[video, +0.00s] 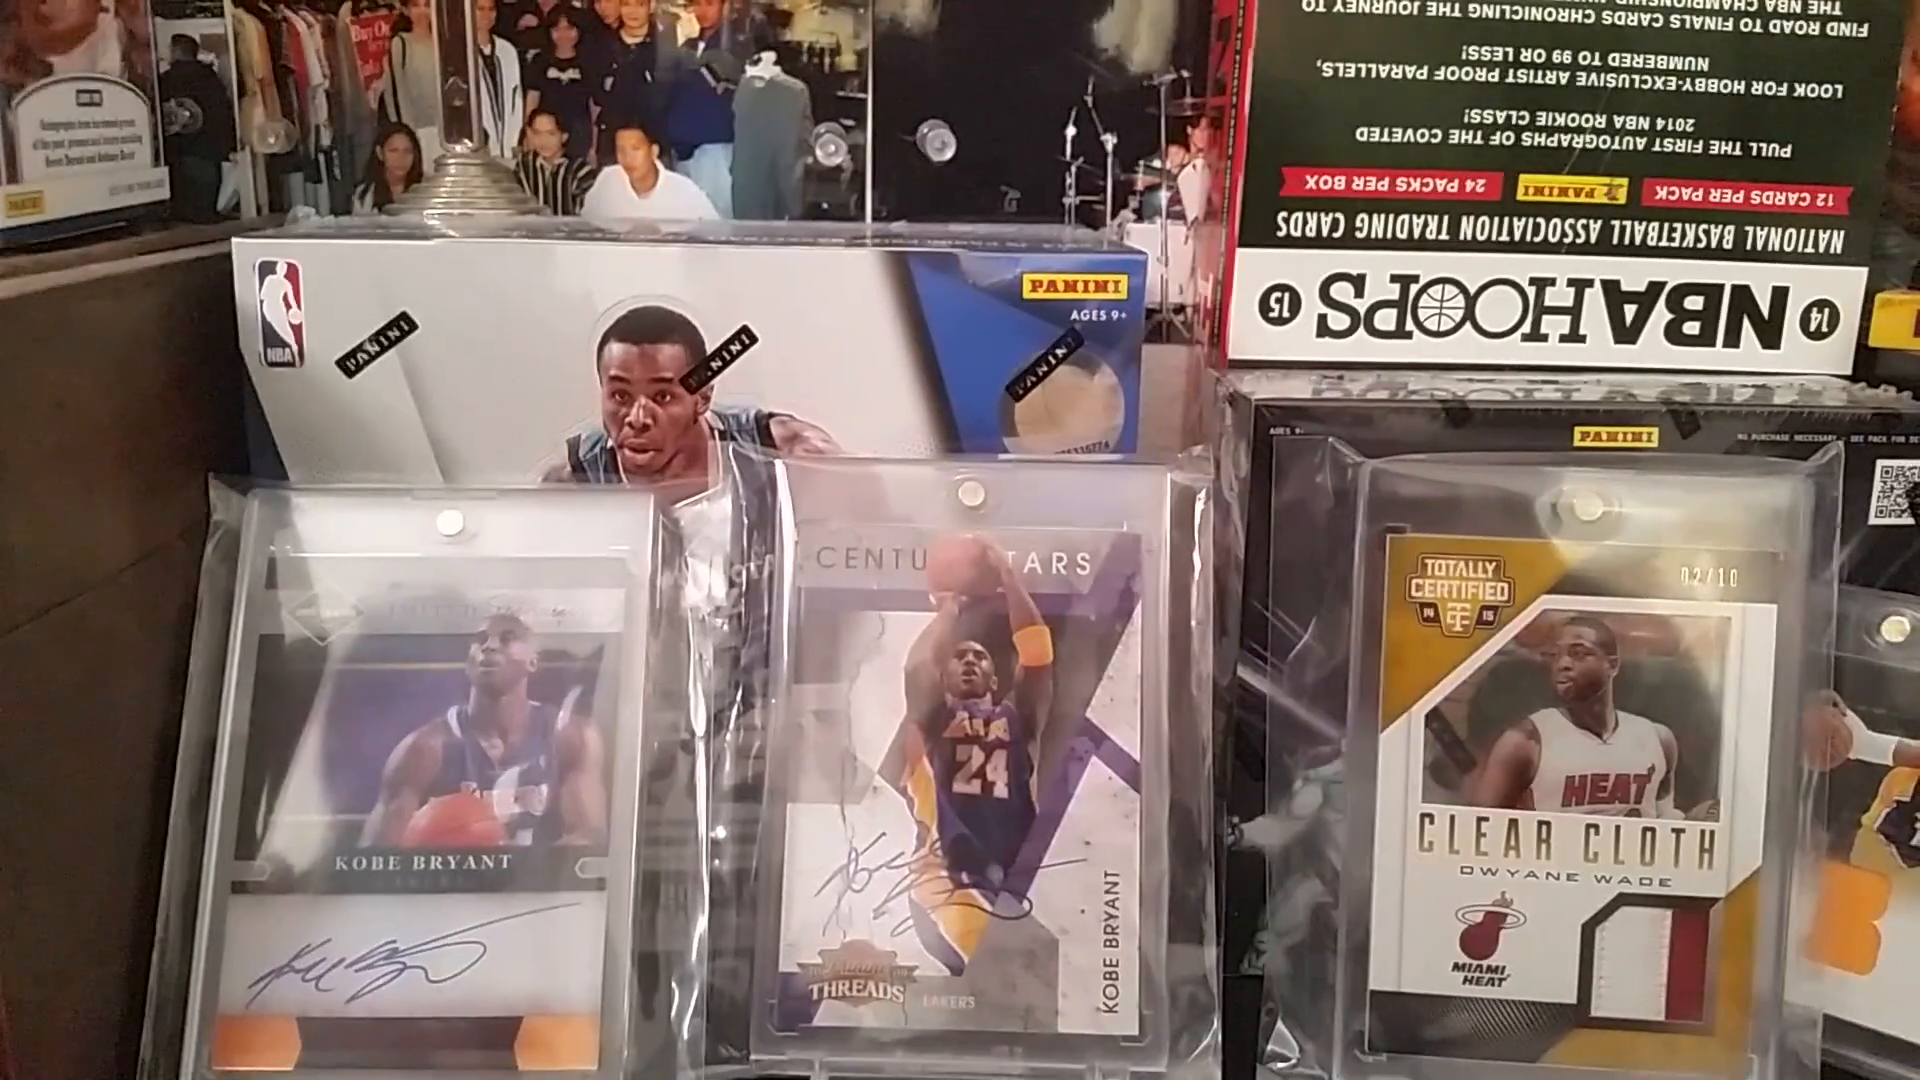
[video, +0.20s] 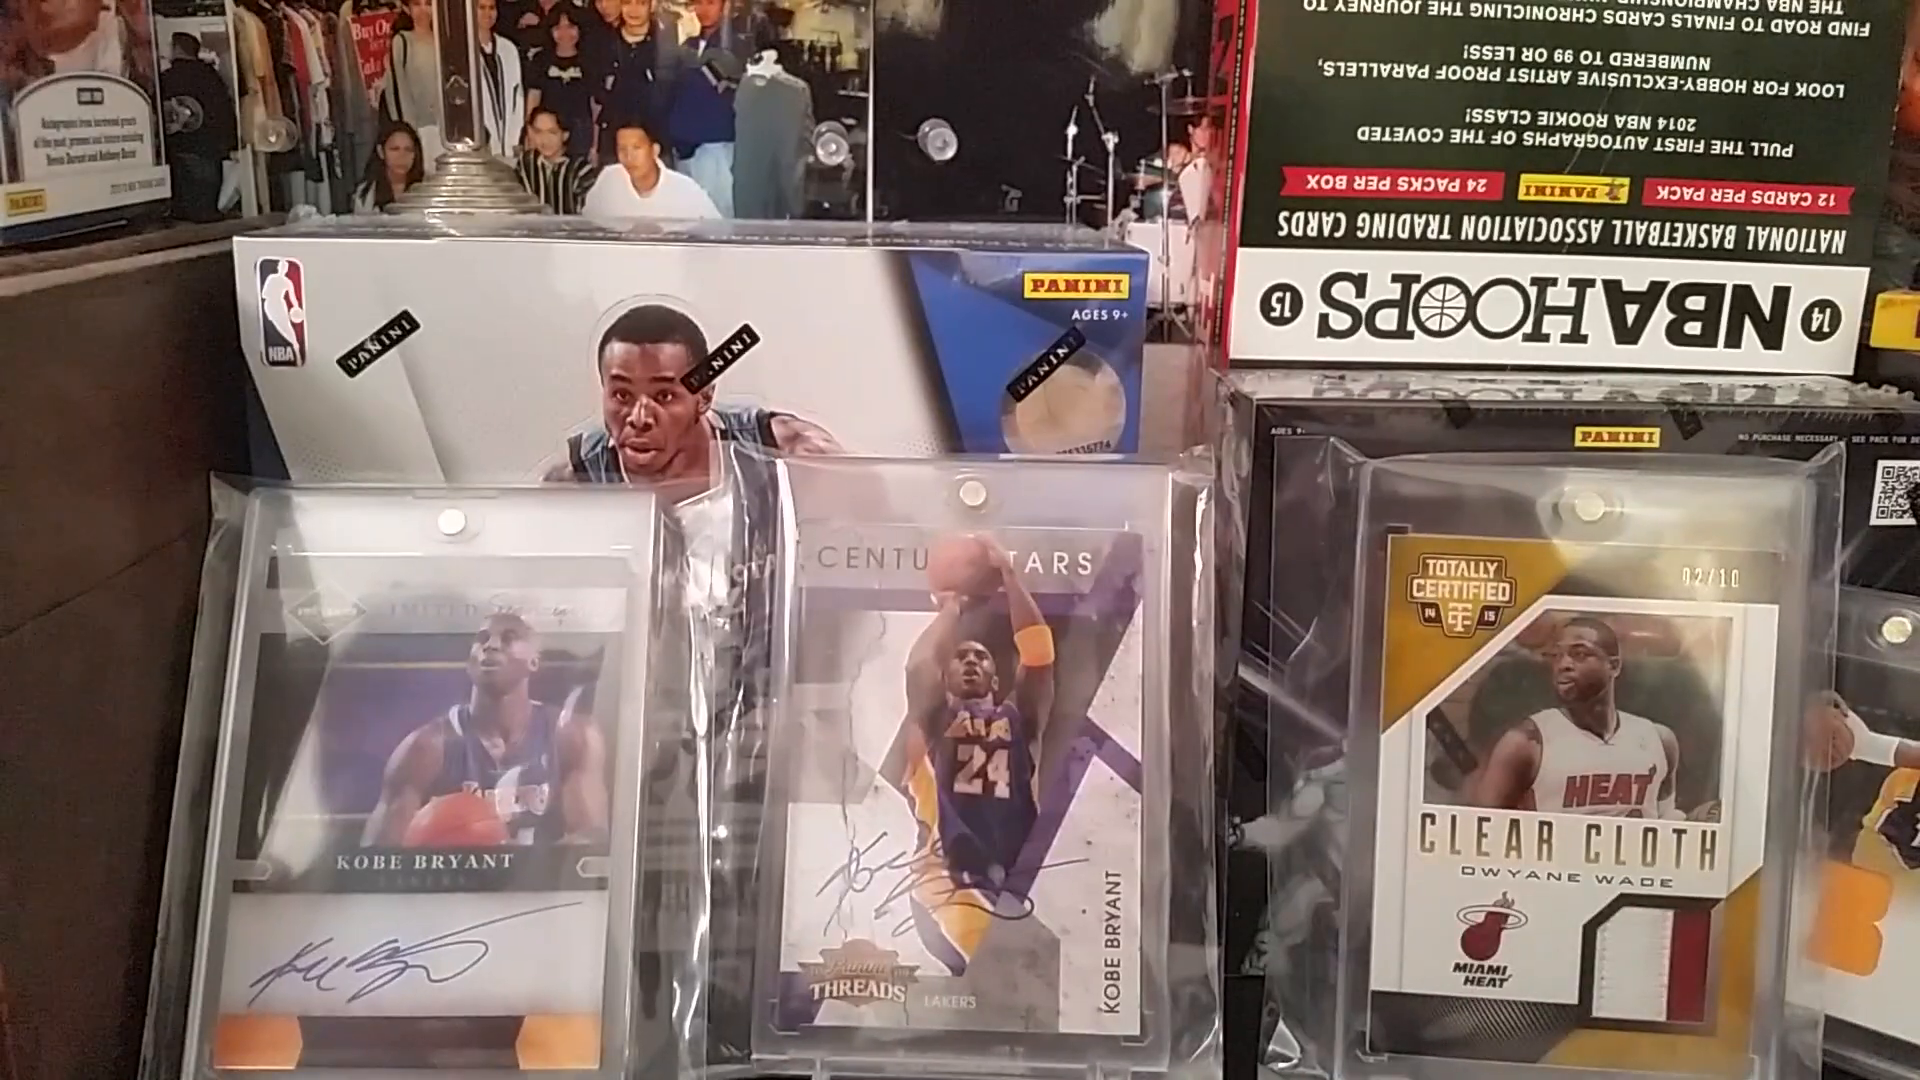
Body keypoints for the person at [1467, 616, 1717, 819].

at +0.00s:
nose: (1561, 664)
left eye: (1578, 653)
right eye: (1556, 655)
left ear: (1613, 666)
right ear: (1549, 662)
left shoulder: (1659, 742)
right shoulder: (1523, 743)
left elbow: (1664, 826)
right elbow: (1474, 837)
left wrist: (1693, 822)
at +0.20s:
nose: (1563, 665)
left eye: (1579, 654)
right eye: (1557, 655)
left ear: (1614, 667)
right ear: (1551, 663)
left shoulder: (1661, 743)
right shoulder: (1524, 744)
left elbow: (1665, 822)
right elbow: (1475, 837)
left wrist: (1692, 824)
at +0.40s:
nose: (1563, 664)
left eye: (1579, 654)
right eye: (1557, 655)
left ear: (1614, 667)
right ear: (1551, 663)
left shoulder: (1661, 743)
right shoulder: (1524, 744)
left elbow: (1663, 830)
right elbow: (1474, 839)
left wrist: (1695, 823)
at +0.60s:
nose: (1563, 665)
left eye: (1579, 654)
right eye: (1557, 655)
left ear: (1614, 666)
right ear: (1551, 664)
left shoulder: (1661, 743)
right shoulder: (1524, 744)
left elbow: (1663, 824)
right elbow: (1473, 836)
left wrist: (1693, 823)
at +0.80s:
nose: (1563, 664)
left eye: (1579, 654)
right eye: (1557, 655)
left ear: (1614, 667)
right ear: (1551, 663)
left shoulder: (1661, 743)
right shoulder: (1524, 743)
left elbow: (1664, 825)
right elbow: (1472, 836)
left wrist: (1693, 823)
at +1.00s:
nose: (1563, 664)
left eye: (1579, 654)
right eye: (1557, 655)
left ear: (1614, 666)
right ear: (1551, 663)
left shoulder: (1661, 742)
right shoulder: (1524, 744)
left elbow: (1663, 827)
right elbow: (1473, 837)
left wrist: (1692, 824)